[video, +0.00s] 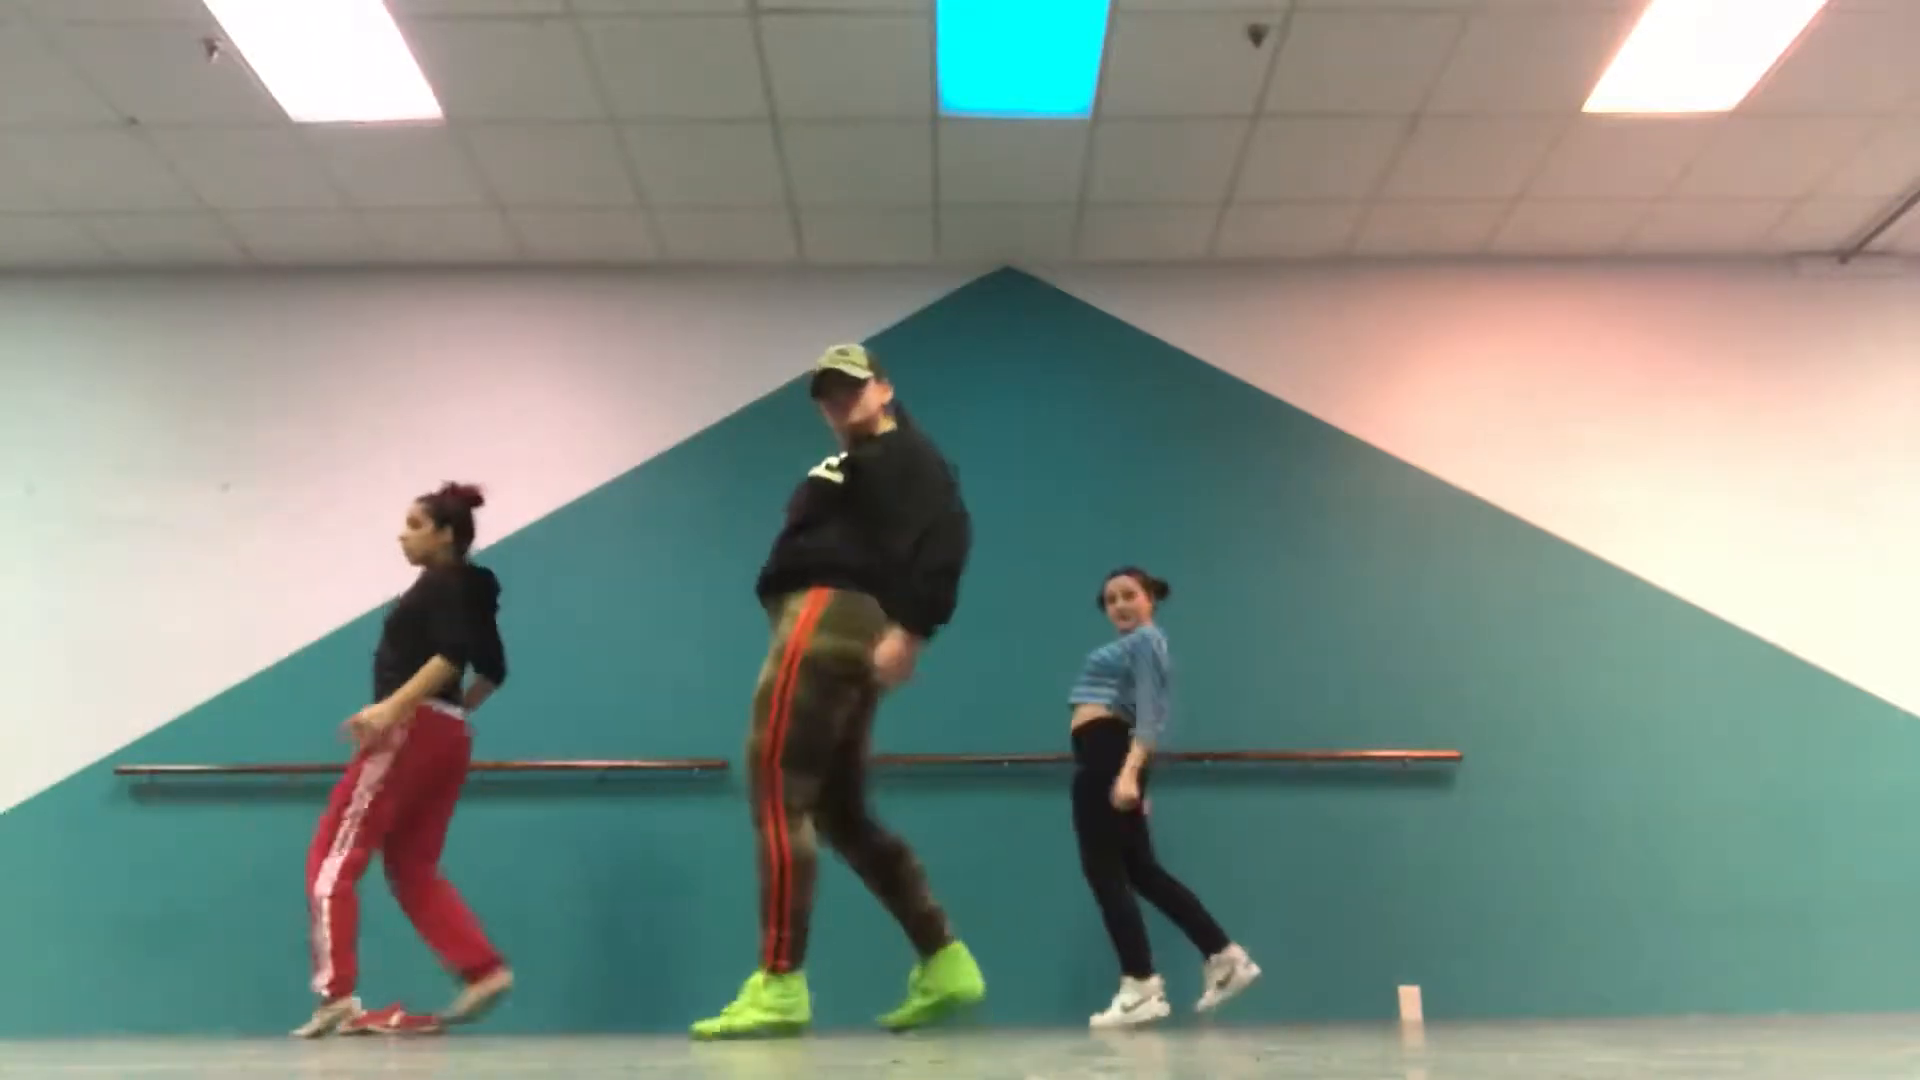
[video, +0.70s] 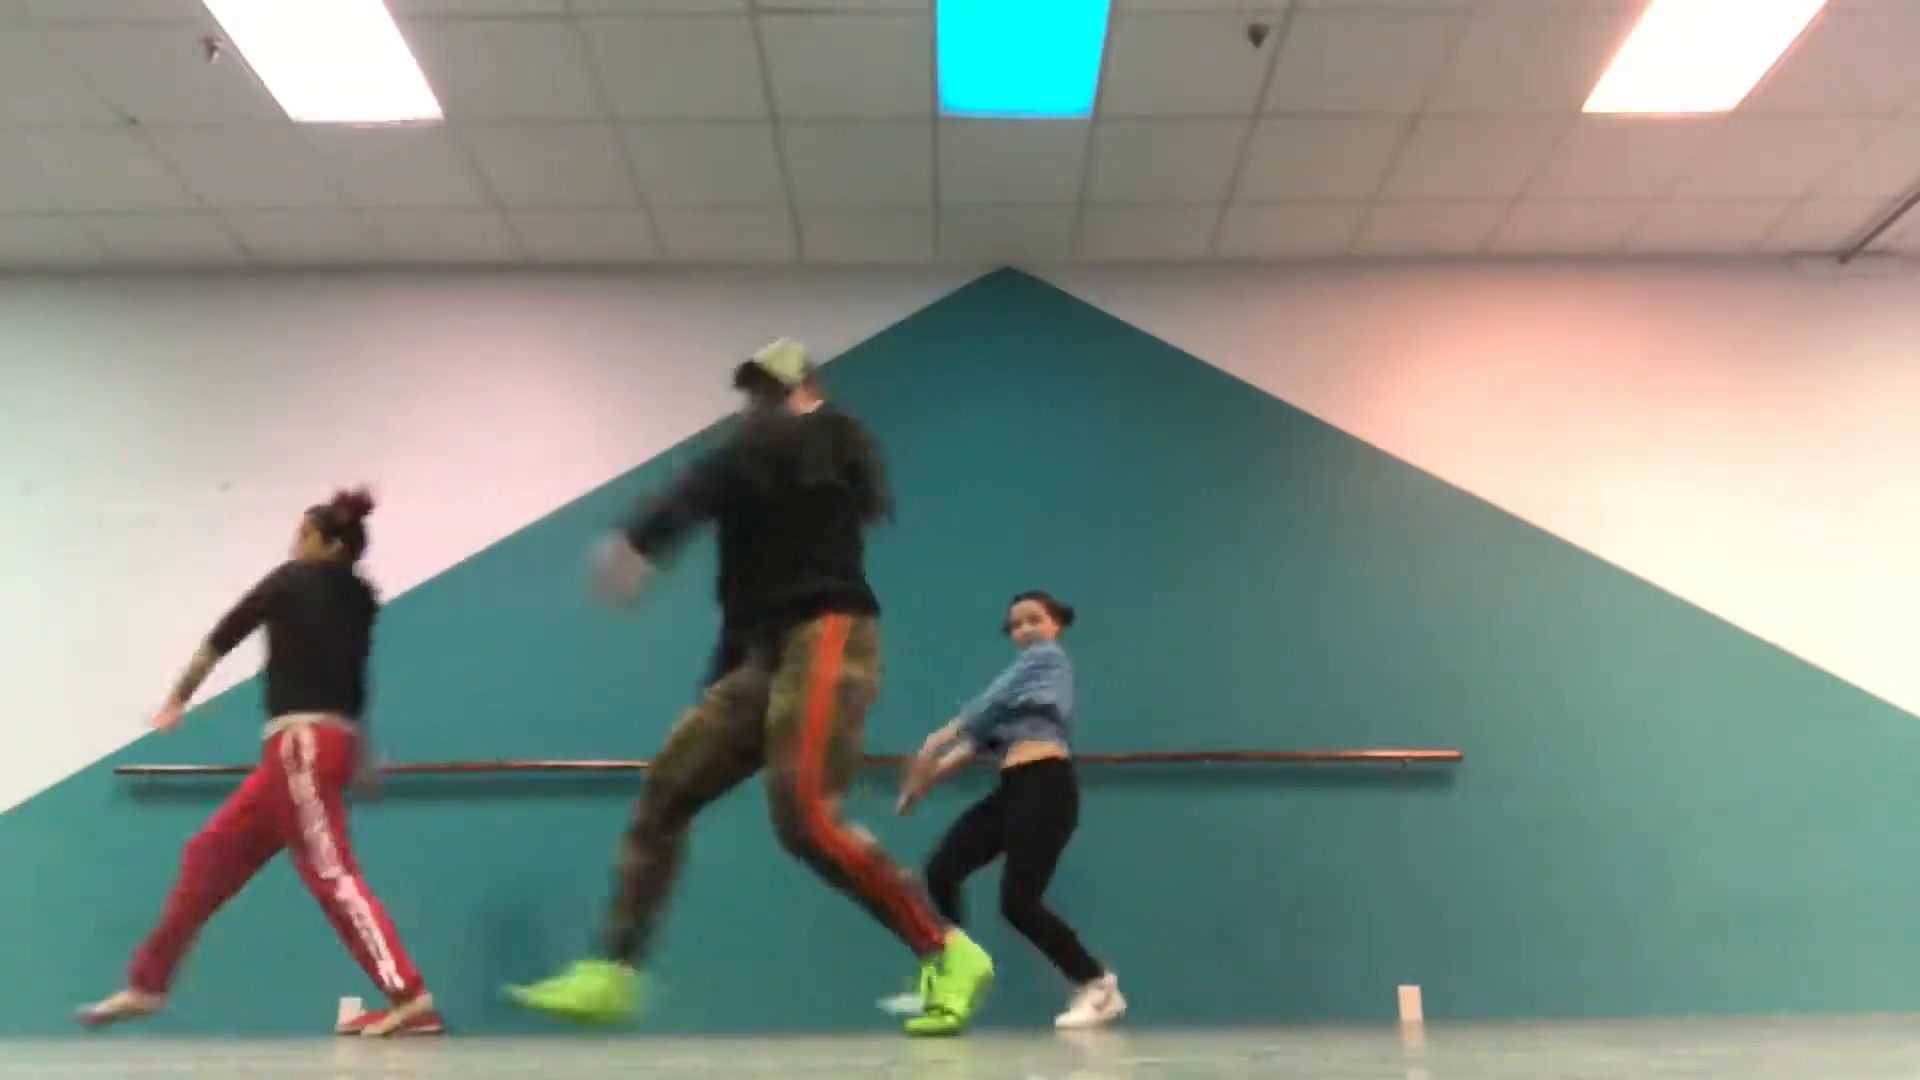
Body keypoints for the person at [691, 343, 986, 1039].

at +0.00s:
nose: (837, 404)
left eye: (849, 390)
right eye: (827, 396)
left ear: (883, 389)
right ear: (824, 408)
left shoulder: (902, 451)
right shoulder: (849, 459)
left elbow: (944, 532)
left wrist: (910, 625)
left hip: (830, 607)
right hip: (844, 613)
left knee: (779, 786)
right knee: (841, 809)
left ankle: (779, 981)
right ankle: (943, 961)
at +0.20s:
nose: (833, 419)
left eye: (847, 405)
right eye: (823, 410)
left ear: (881, 407)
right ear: (817, 422)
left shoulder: (924, 479)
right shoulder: (835, 500)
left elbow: (923, 562)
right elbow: (804, 598)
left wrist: (831, 573)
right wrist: (755, 679)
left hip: (903, 664)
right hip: (862, 667)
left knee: (751, 746)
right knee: (860, 846)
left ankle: (744, 937)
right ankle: (969, 976)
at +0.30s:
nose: (836, 416)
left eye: (849, 403)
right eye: (826, 407)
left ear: (880, 409)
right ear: (816, 419)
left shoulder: (910, 482)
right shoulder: (829, 504)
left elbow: (854, 550)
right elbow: (799, 606)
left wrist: (771, 510)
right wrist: (759, 695)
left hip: (916, 663)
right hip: (863, 669)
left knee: (769, 742)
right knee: (864, 852)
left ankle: (787, 929)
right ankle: (973, 982)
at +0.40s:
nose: (841, 390)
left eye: (854, 376)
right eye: (829, 379)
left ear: (883, 380)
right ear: (819, 390)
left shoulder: (896, 441)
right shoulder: (822, 463)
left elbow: (811, 474)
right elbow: (802, 573)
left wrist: (729, 440)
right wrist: (786, 671)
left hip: (892, 628)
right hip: (837, 636)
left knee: (804, 764)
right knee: (855, 820)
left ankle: (893, 930)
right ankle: (960, 965)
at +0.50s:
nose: (828, 375)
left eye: (842, 363)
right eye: (820, 365)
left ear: (874, 365)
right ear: (816, 370)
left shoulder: (877, 408)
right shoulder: (814, 420)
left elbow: (774, 422)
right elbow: (747, 432)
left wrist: (668, 418)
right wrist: (676, 420)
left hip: (869, 616)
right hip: (809, 626)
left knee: (852, 792)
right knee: (778, 806)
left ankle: (956, 956)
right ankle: (898, 929)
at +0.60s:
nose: (795, 383)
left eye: (808, 371)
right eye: (795, 372)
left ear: (841, 369)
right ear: (832, 371)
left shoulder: (849, 411)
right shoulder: (803, 427)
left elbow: (730, 428)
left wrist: (620, 456)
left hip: (858, 626)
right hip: (799, 644)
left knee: (834, 795)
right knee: (704, 786)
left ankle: (952, 954)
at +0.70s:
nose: (754, 408)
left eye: (764, 396)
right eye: (751, 398)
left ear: (798, 392)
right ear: (797, 394)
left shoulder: (824, 432)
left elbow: (705, 486)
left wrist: (638, 539)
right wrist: (722, 688)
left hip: (828, 636)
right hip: (767, 654)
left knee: (804, 817)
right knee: (667, 790)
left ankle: (946, 952)